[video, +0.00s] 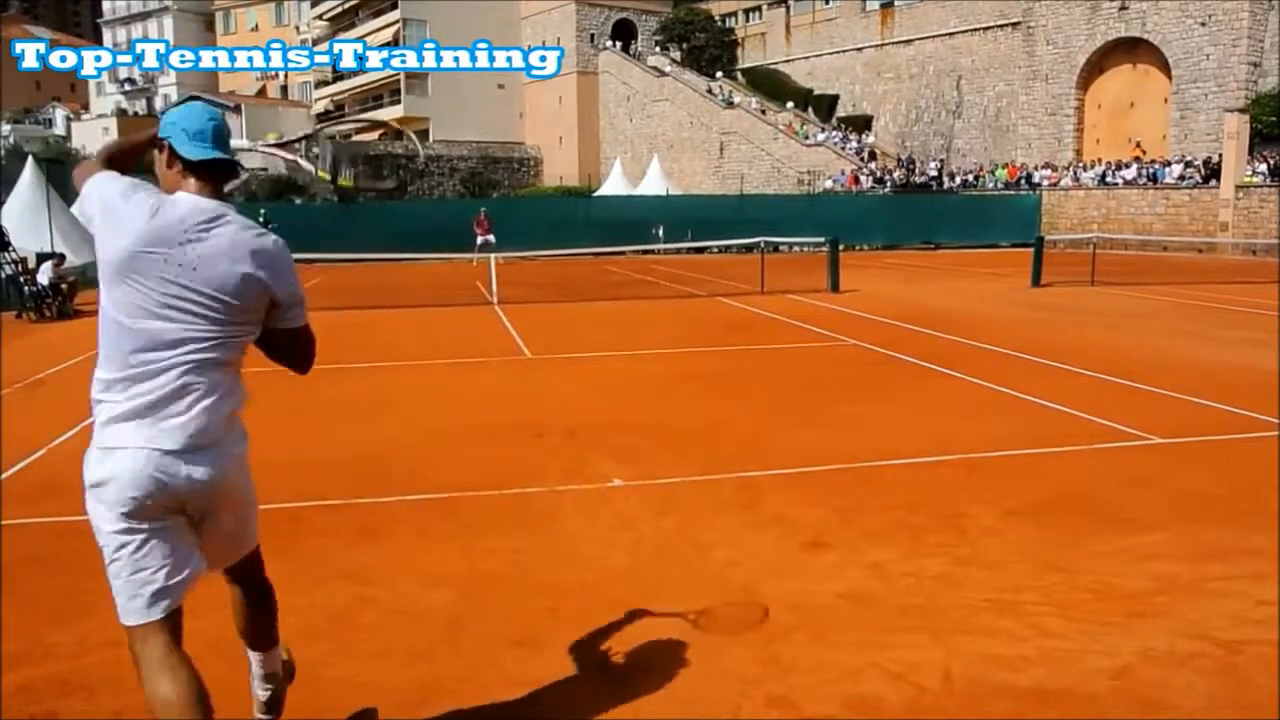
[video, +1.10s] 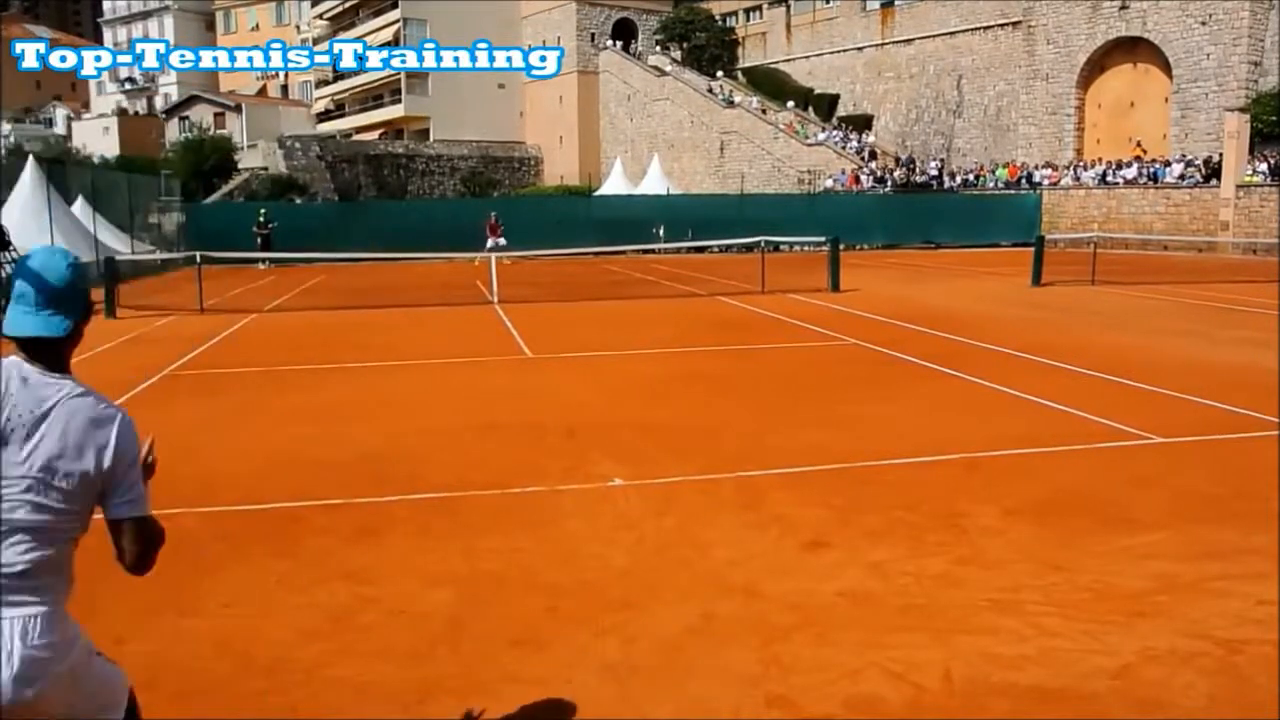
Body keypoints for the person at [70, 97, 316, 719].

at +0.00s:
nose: (159, 165)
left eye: (162, 157)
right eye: (166, 154)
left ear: (168, 160)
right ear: (228, 164)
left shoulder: (126, 212)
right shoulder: (261, 248)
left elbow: (89, 169)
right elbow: (299, 355)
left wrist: (153, 141)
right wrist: (231, 310)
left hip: (124, 457)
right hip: (214, 456)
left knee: (155, 639)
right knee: (248, 575)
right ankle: (267, 678)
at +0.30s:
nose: (123, 172)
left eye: (128, 164)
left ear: (129, 170)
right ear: (197, 188)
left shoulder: (83, 218)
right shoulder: (210, 274)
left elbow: (75, 117)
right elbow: (249, 378)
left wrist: (174, 99)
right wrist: (200, 314)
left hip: (67, 479)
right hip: (166, 479)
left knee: (65, 674)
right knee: (233, 580)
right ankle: (286, 692)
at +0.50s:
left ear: (81, 206)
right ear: (151, 217)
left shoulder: (37, 249)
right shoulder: (174, 305)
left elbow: (23, 132)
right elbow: (208, 419)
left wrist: (111, 106)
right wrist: (171, 346)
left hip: (13, 512)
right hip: (114, 515)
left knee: (1, 688)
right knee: (209, 602)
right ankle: (286, 711)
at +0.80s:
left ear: (43, 266)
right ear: (118, 270)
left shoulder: (8, 311)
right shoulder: (140, 361)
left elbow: (3, 221)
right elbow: (176, 482)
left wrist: (29, 149)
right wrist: (154, 403)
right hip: (66, 571)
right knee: (176, 659)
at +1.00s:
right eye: (89, 311)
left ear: (9, 312)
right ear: (83, 323)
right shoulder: (102, 422)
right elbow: (137, 557)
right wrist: (138, 489)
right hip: (26, 637)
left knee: (116, 701)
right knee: (117, 703)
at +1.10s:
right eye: (89, 311)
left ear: (9, 312)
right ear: (83, 323)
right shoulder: (102, 422)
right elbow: (137, 557)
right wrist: (138, 488)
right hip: (26, 638)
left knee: (116, 701)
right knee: (117, 703)